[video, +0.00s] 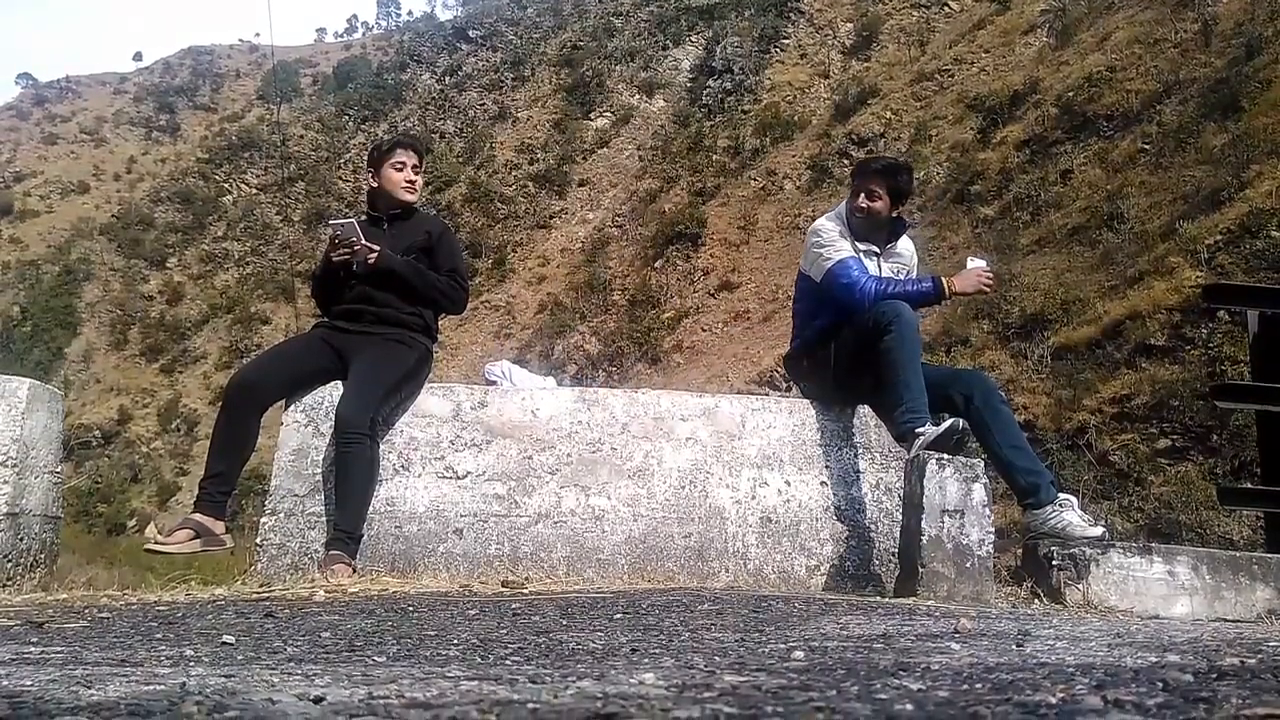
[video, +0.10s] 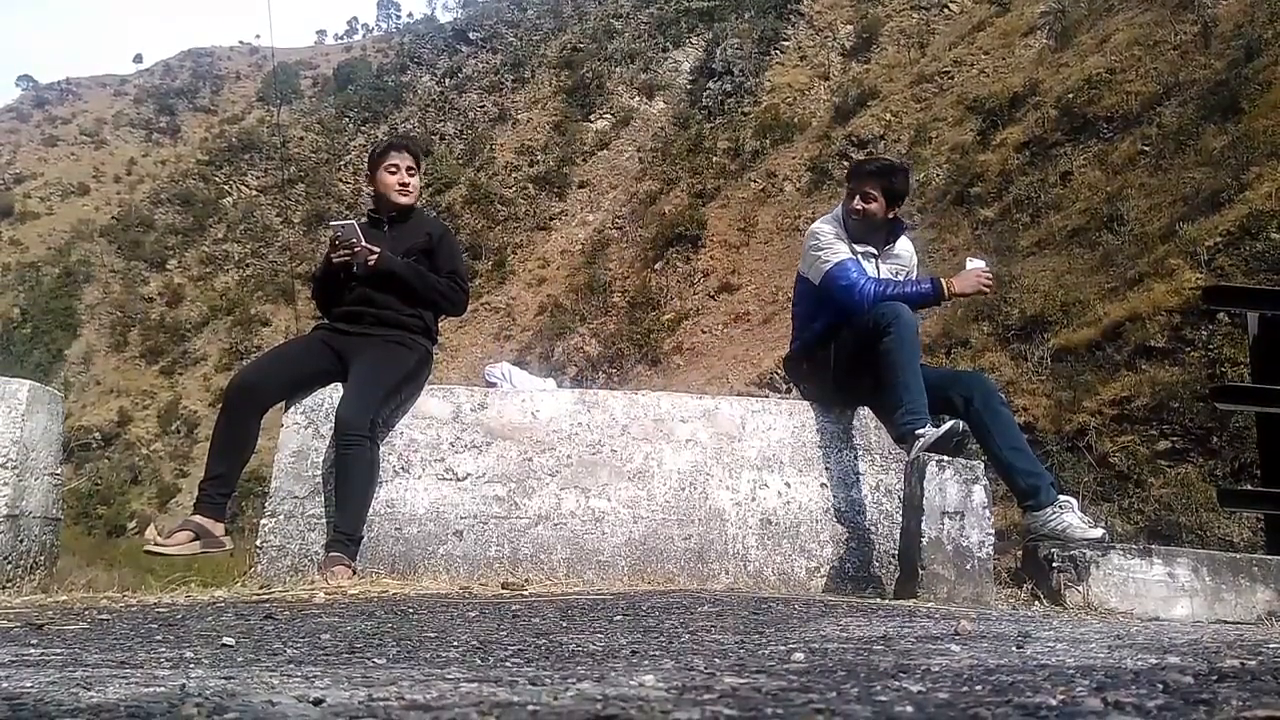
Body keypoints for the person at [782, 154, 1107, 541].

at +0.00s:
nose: (859, 201)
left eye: (872, 196)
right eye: (857, 192)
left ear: (895, 207)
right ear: (849, 193)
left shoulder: (902, 247)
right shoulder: (825, 233)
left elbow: (901, 303)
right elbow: (863, 291)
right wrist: (947, 284)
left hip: (878, 371)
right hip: (822, 368)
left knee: (976, 388)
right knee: (894, 315)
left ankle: (1043, 505)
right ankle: (915, 429)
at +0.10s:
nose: (855, 203)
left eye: (868, 199)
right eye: (853, 194)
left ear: (890, 210)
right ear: (845, 193)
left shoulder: (902, 248)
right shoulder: (824, 235)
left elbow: (902, 306)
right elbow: (862, 294)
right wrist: (946, 286)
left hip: (877, 373)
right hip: (822, 370)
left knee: (975, 388)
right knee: (894, 317)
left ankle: (1043, 508)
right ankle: (915, 432)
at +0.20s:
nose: (849, 205)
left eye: (861, 199)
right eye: (847, 195)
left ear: (887, 209)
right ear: (840, 194)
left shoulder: (902, 246)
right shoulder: (821, 237)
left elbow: (900, 306)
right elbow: (859, 295)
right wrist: (946, 286)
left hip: (878, 374)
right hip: (821, 371)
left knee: (976, 390)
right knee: (893, 318)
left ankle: (1044, 508)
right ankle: (915, 432)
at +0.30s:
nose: (844, 204)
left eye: (856, 199)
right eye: (842, 195)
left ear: (883, 209)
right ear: (837, 197)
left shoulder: (901, 248)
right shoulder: (820, 237)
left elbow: (899, 308)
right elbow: (858, 294)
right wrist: (945, 285)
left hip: (877, 375)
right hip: (822, 371)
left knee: (976, 390)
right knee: (893, 318)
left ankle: (1044, 508)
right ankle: (915, 431)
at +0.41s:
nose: (838, 202)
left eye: (851, 196)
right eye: (838, 193)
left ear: (880, 208)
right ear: (835, 196)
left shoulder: (900, 246)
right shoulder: (818, 236)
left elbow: (902, 312)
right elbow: (858, 294)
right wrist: (944, 283)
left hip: (878, 374)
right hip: (822, 370)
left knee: (976, 389)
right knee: (890, 316)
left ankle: (1043, 507)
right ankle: (914, 430)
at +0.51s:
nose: (835, 203)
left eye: (848, 198)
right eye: (835, 194)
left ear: (877, 208)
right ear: (832, 196)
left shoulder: (900, 246)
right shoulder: (816, 237)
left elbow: (901, 312)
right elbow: (857, 294)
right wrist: (942, 283)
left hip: (878, 374)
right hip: (822, 371)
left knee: (976, 389)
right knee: (890, 316)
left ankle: (1043, 508)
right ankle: (915, 430)